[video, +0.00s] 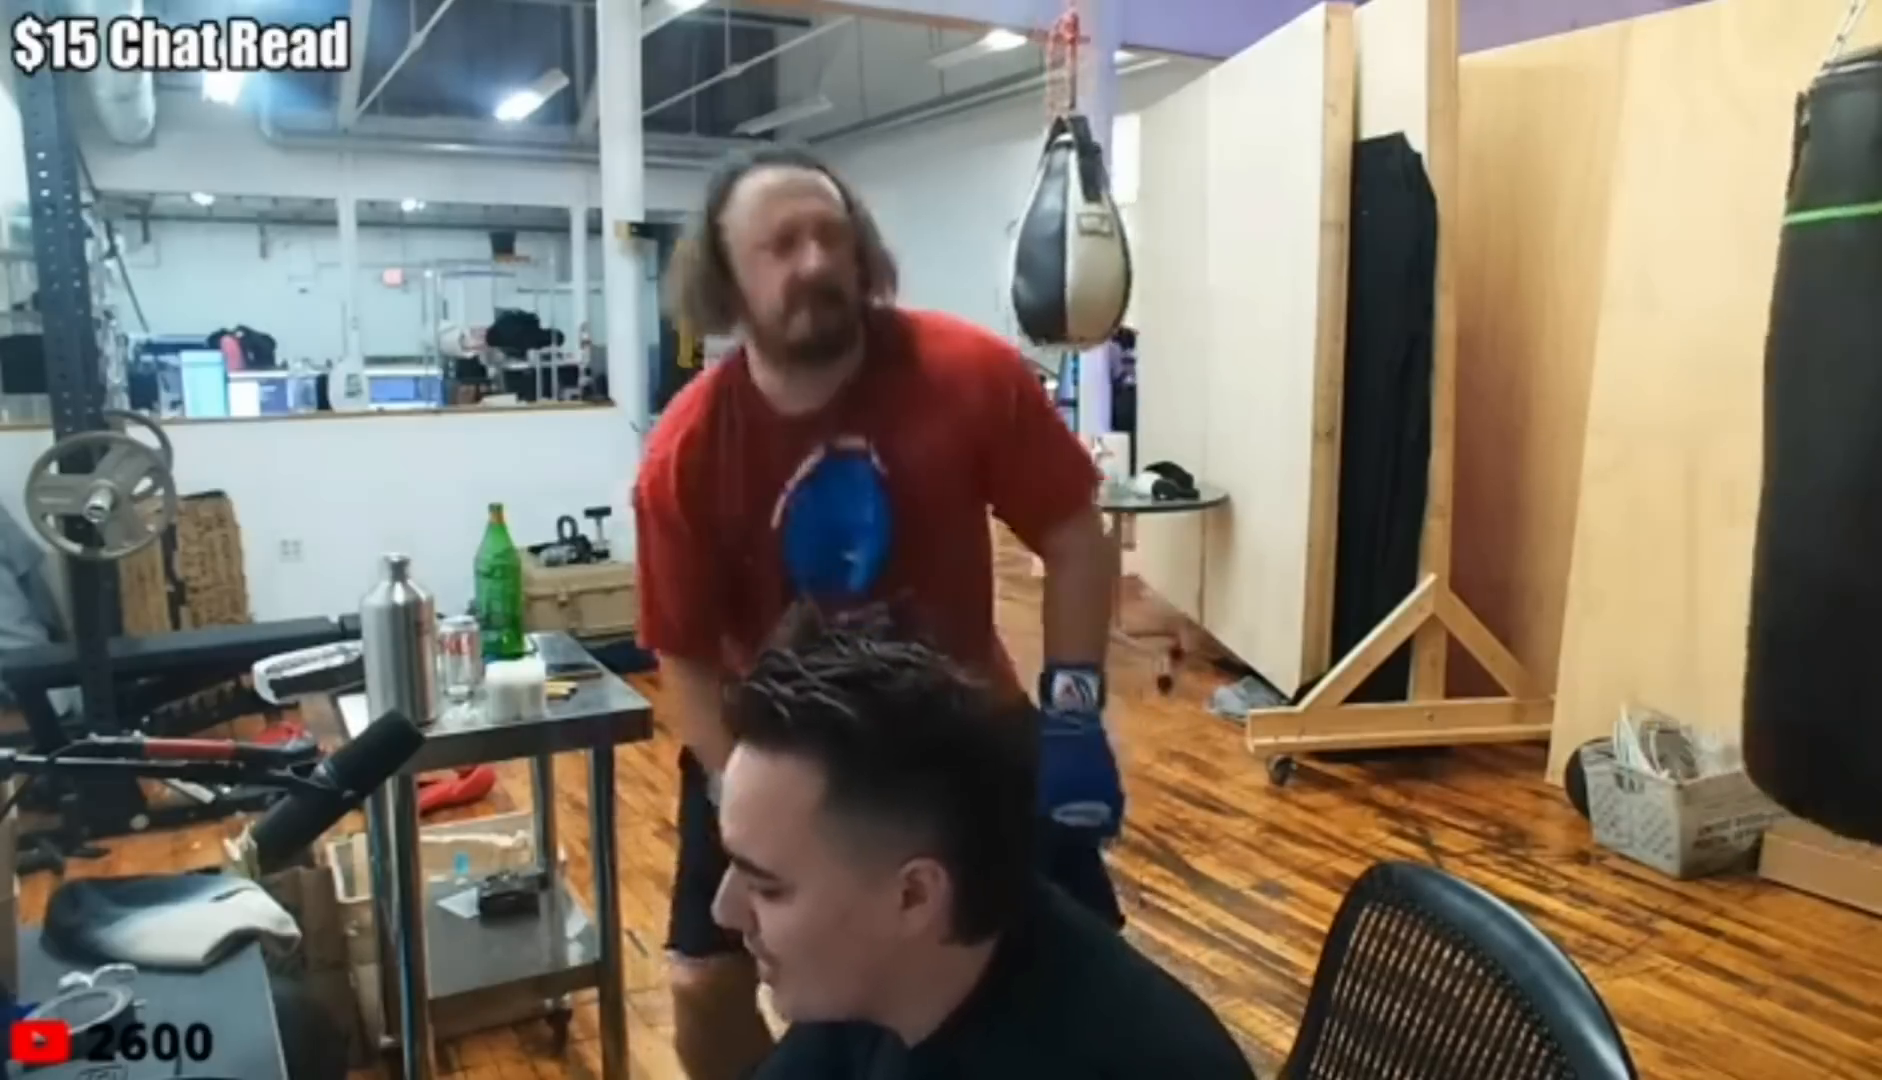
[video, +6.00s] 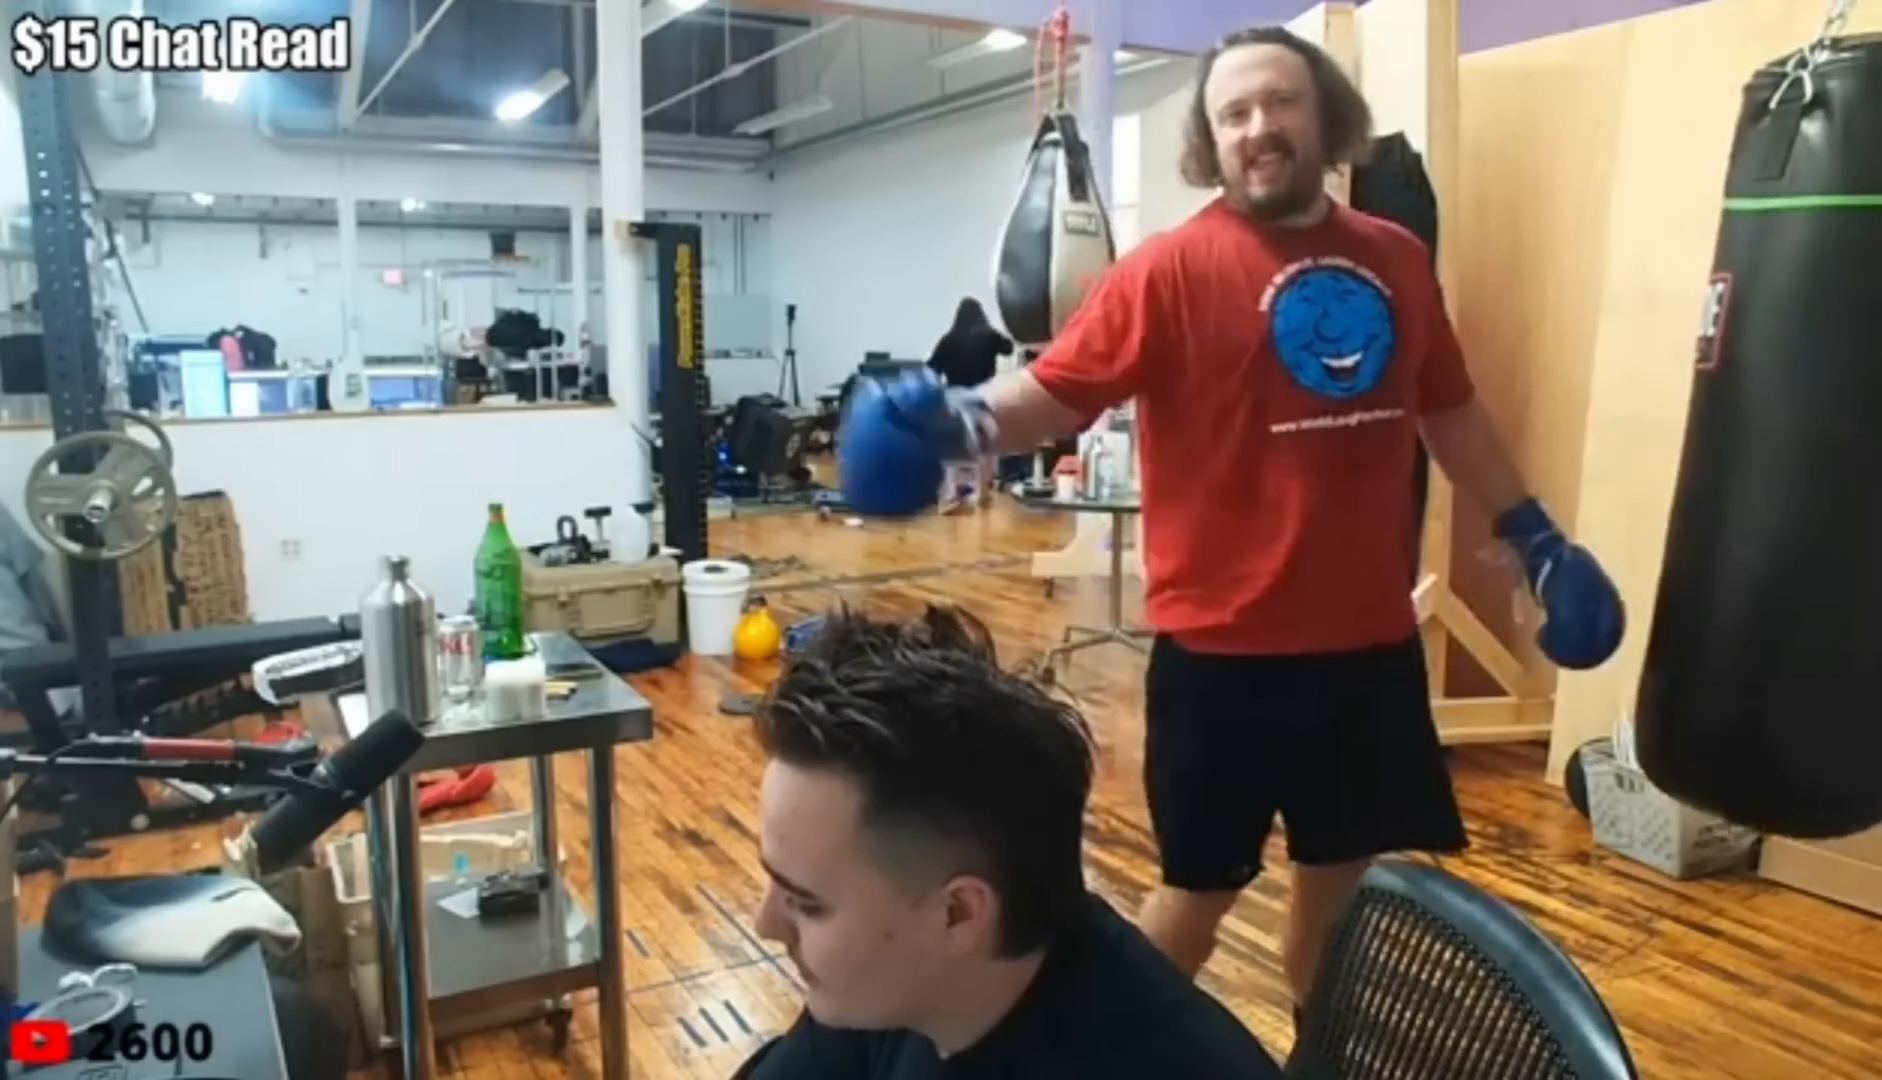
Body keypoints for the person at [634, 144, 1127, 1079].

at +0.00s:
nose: (812, 263)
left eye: (828, 237)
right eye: (779, 247)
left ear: (863, 257)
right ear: (729, 285)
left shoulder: (969, 376)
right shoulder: (685, 456)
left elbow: (1075, 533)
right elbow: (689, 668)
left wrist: (1072, 721)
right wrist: (761, 811)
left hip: (959, 731)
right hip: (770, 750)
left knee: (1029, 958)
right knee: (703, 985)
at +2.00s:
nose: (1407, 141)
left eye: (1408, 115)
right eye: (1395, 112)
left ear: (1298, 111)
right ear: (1324, 106)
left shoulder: (1218, 207)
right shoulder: (1284, 221)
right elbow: (1272, 440)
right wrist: (1421, 555)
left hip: (1212, 632)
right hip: (1284, 652)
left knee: (1229, 863)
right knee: (1301, 945)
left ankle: (1119, 1016)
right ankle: (1248, 1074)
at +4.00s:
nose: (1261, 176)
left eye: (1278, 153)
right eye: (1236, 156)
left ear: (1299, 154)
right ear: (1185, 162)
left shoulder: (1350, 255)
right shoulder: (1127, 282)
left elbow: (1422, 385)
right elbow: (1050, 431)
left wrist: (1538, 434)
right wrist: (1115, 512)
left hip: (1339, 620)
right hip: (1190, 630)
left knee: (1375, 842)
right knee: (1167, 863)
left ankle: (1377, 1044)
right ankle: (1139, 1054)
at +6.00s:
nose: (1257, 128)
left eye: (1280, 102)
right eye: (1233, 112)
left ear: (1331, 122)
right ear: (1208, 140)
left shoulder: (1394, 259)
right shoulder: (1167, 271)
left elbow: (1450, 414)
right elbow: (1060, 389)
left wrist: (1540, 543)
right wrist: (957, 422)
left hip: (1362, 645)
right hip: (1214, 650)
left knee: (1339, 877)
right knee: (1198, 890)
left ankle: (1321, 1057)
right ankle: (1113, 1056)